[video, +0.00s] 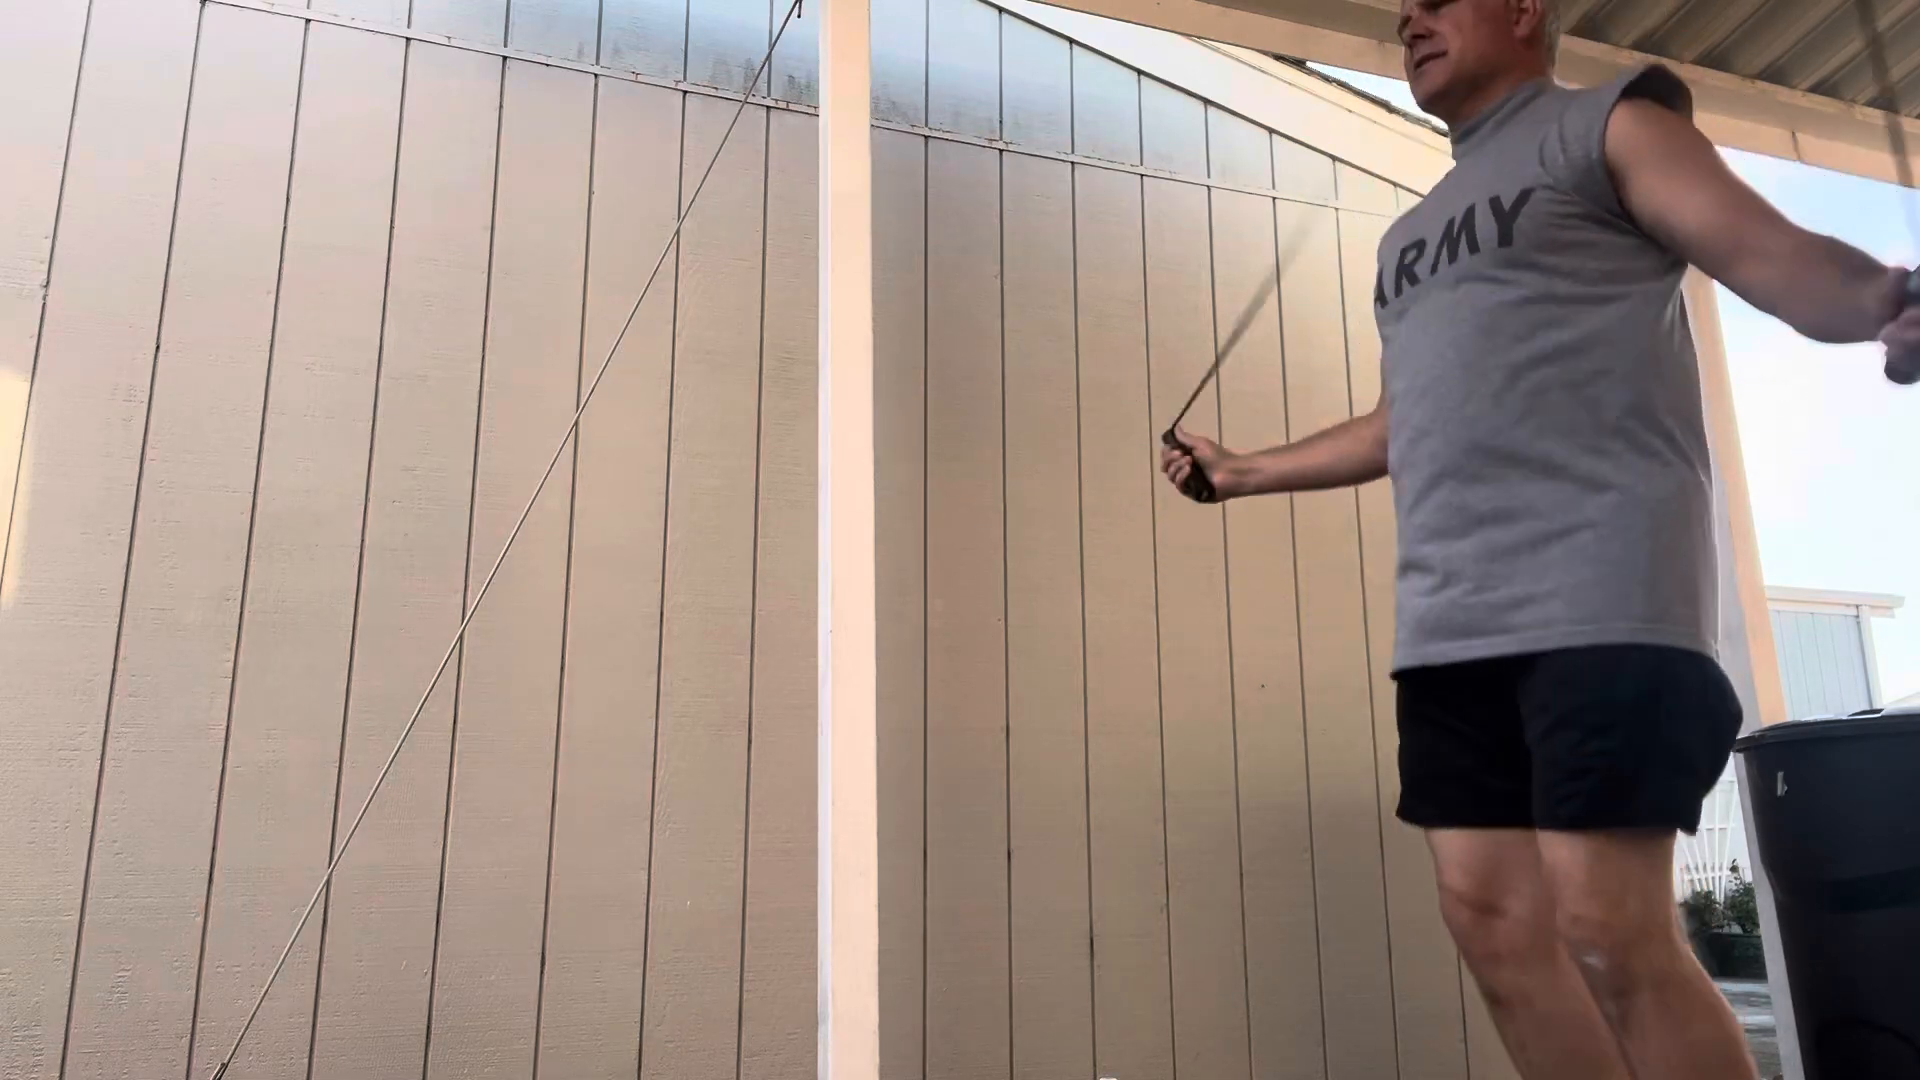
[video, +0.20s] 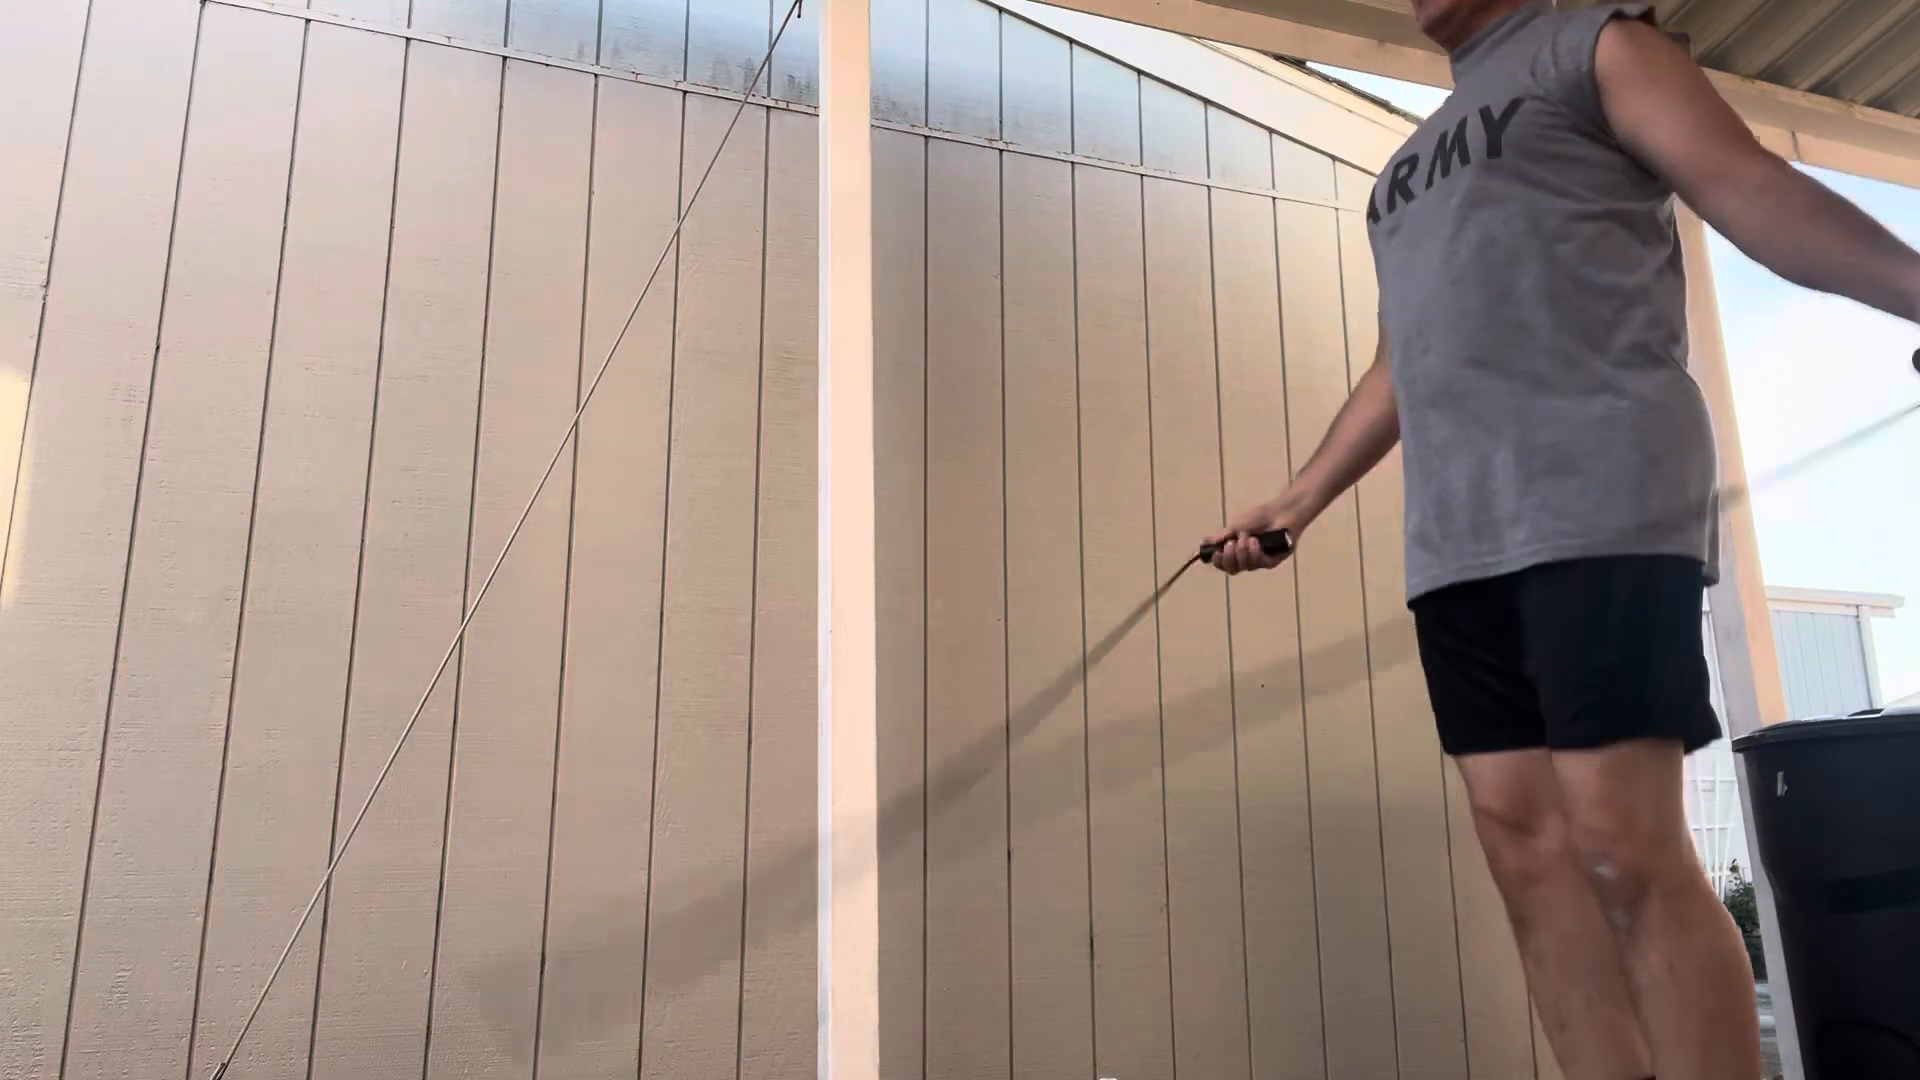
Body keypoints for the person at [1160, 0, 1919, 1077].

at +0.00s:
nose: (1410, 20)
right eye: (1403, 12)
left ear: (1525, 15)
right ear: (1408, 57)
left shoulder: (1608, 124)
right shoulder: (1409, 237)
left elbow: (1759, 247)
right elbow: (1402, 427)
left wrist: (1883, 299)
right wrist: (1236, 469)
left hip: (1606, 585)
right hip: (1447, 609)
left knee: (1614, 930)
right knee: (1493, 921)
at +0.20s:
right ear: (1416, 11)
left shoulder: (1594, 42)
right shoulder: (1408, 169)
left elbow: (1749, 188)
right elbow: (1405, 363)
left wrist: (1915, 290)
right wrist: (1298, 498)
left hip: (1601, 495)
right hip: (1452, 529)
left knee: (1624, 839)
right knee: (1522, 840)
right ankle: (1618, 1076)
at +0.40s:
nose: (1415, 5)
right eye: (1407, 2)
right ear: (1414, 48)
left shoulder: (1610, 84)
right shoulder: (1415, 204)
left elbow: (1775, 214)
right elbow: (1424, 395)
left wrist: (1917, 264)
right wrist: (1268, 465)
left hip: (1625, 538)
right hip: (1461, 567)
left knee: (1646, 894)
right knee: (1517, 886)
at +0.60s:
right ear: (1424, 11)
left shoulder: (1606, 35)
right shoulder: (1423, 166)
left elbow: (1759, 164)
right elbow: (1425, 358)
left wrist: (1914, 248)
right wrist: (1320, 503)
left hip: (1618, 481)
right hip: (1467, 519)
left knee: (1643, 832)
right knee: (1534, 827)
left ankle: (1729, 1069)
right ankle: (1625, 1068)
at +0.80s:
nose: (1429, 5)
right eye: (1422, 3)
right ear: (1433, 47)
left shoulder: (1621, 77)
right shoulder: (1432, 196)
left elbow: (1785, 195)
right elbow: (1441, 386)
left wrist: (1915, 230)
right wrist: (1296, 456)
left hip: (1625, 526)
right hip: (1469, 556)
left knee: (1639, 866)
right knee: (1529, 870)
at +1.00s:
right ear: (1447, 33)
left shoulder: (1627, 77)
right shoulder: (1441, 202)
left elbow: (1753, 218)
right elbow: (1437, 394)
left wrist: (1908, 337)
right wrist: (1319, 523)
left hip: (1626, 535)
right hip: (1479, 562)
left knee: (1652, 858)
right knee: (1541, 864)